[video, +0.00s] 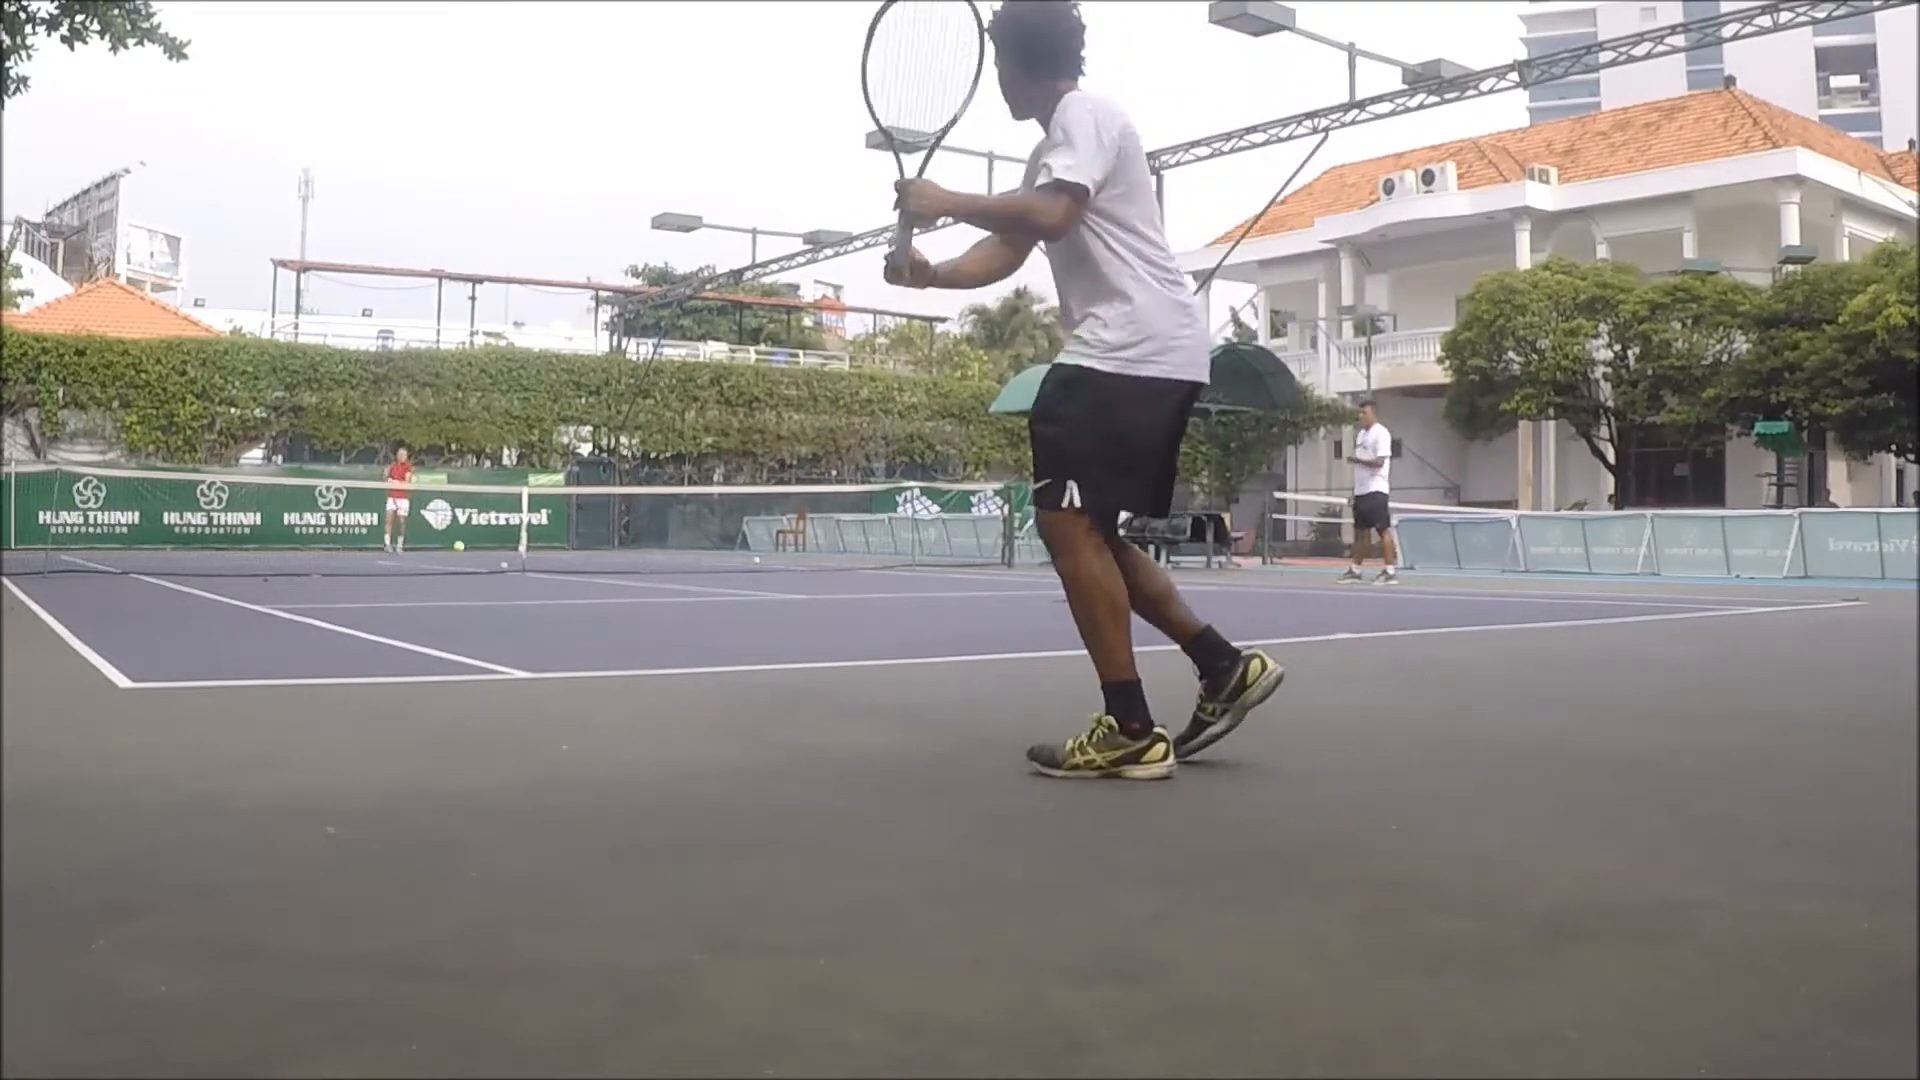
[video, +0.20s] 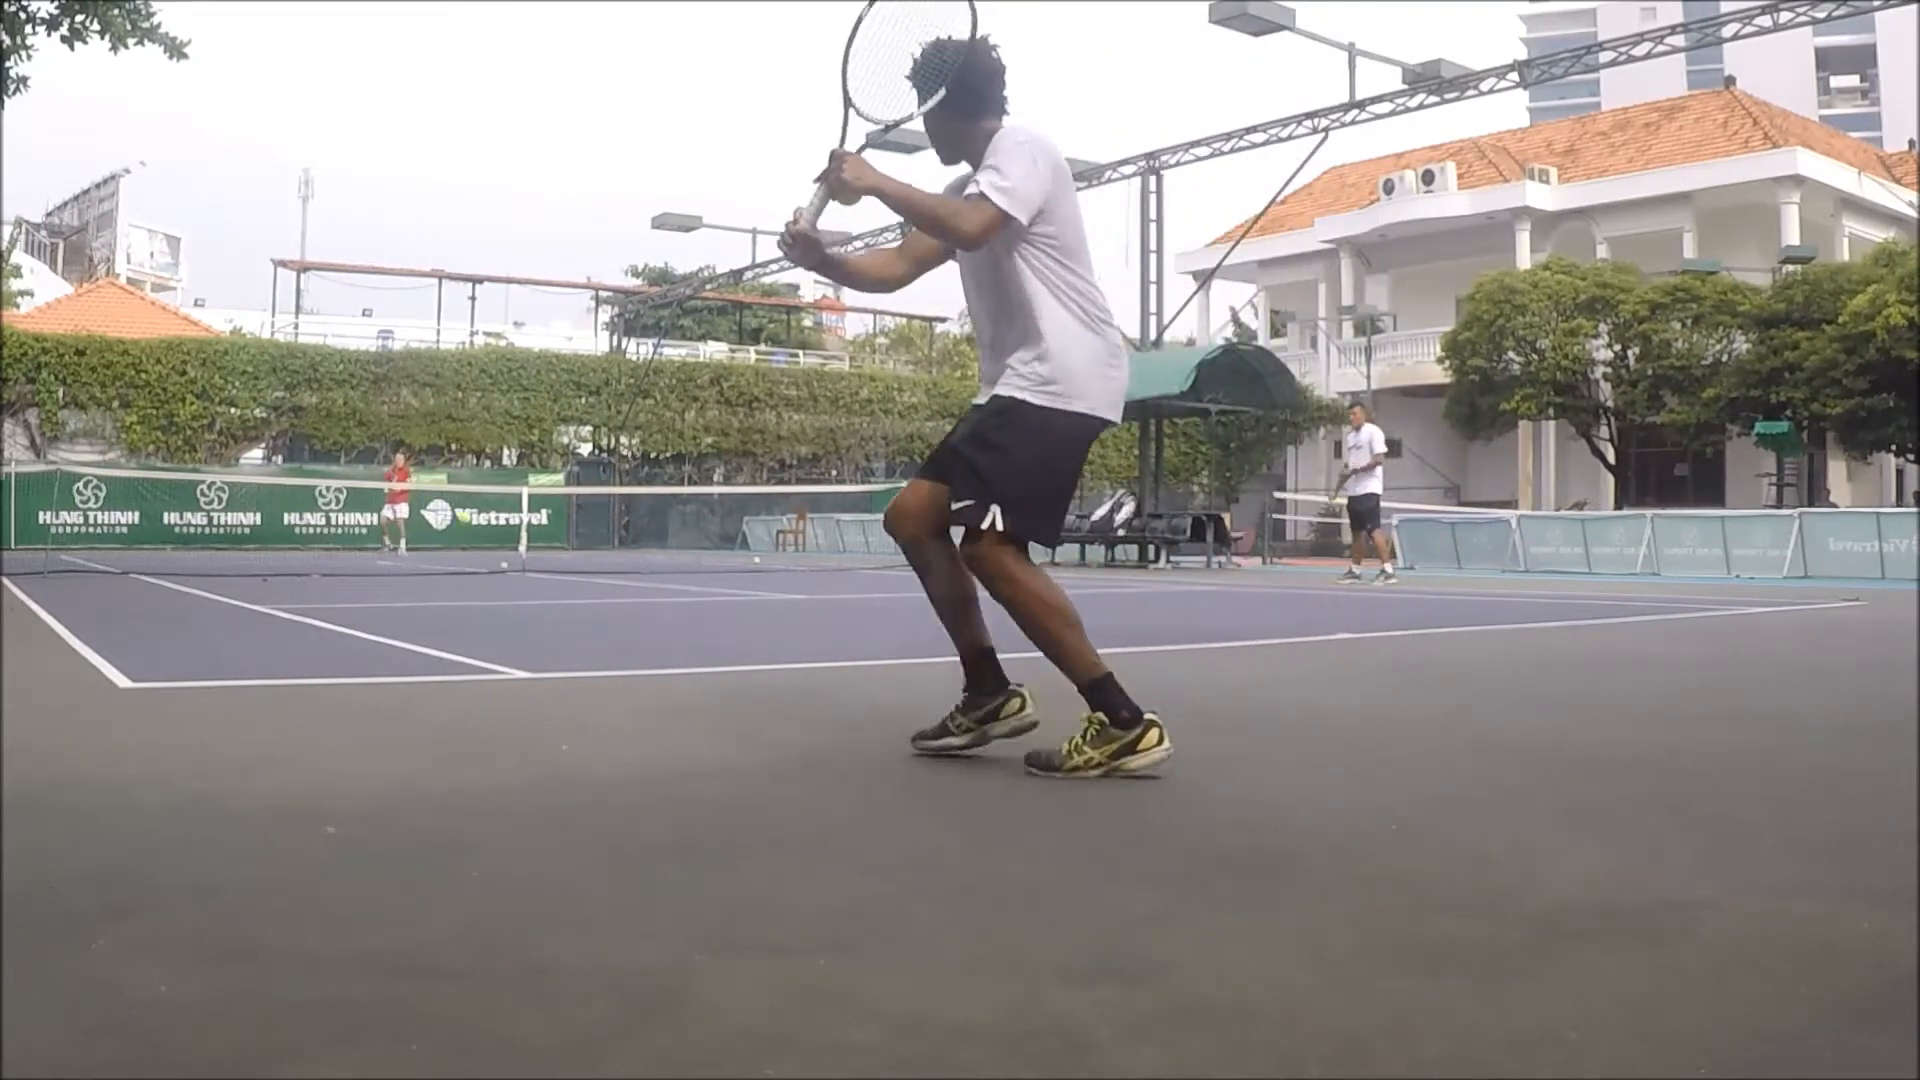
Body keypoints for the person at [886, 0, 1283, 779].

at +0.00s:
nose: (994, 75)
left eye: (998, 58)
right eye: (995, 58)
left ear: (1019, 60)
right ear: (1069, 51)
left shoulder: (1085, 114)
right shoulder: (1067, 138)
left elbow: (1052, 215)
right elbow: (1004, 251)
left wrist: (950, 200)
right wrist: (932, 271)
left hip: (1128, 347)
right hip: (1149, 350)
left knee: (1064, 518)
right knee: (1089, 532)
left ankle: (1130, 725)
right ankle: (1223, 667)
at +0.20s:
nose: (922, 127)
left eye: (929, 111)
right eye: (920, 115)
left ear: (964, 104)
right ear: (971, 109)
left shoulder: (1022, 148)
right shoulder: (971, 187)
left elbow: (973, 224)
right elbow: (897, 267)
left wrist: (875, 182)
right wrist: (823, 257)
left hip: (1064, 378)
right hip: (1018, 381)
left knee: (988, 550)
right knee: (912, 518)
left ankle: (1124, 721)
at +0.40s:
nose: (826, 150)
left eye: (833, 138)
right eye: (824, 142)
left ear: (861, 131)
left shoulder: (922, 163)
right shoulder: (853, 216)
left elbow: (881, 207)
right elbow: (780, 272)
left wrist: (801, 156)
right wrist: (727, 228)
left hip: (963, 392)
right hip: (911, 401)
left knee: (951, 555)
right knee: (825, 532)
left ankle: (1102, 695)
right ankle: (756, 683)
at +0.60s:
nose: (735, 202)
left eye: (742, 188)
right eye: (730, 191)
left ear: (780, 182)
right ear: (738, 200)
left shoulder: (833, 218)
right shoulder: (761, 263)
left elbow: (844, 273)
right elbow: (693, 285)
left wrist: (780, 198)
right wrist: (682, 213)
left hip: (872, 410)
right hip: (821, 422)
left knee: (825, 571)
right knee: (729, 516)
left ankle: (993, 660)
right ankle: (725, 688)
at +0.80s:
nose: (698, 241)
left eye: (694, 227)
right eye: (691, 230)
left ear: (715, 211)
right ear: (726, 208)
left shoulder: (775, 204)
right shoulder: (767, 266)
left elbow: (825, 246)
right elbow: (767, 373)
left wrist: (766, 295)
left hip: (831, 380)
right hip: (880, 389)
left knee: (756, 538)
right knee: (770, 538)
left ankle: (901, 642)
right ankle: (730, 688)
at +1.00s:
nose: (732, 191)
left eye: (728, 178)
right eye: (727, 180)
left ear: (743, 170)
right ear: (791, 156)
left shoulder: (786, 190)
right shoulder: (856, 205)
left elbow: (800, 248)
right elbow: (929, 249)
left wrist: (713, 300)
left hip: (825, 386)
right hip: (889, 394)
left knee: (758, 530)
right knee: (785, 535)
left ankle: (884, 661)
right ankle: (731, 686)